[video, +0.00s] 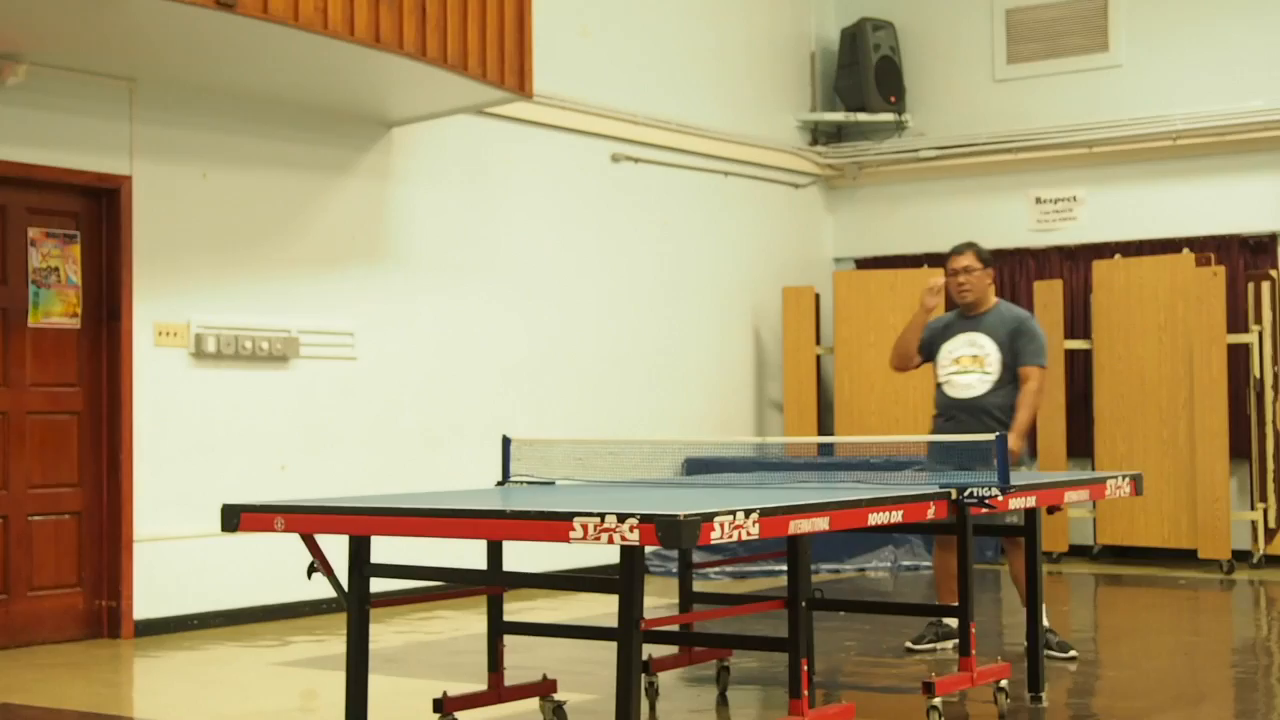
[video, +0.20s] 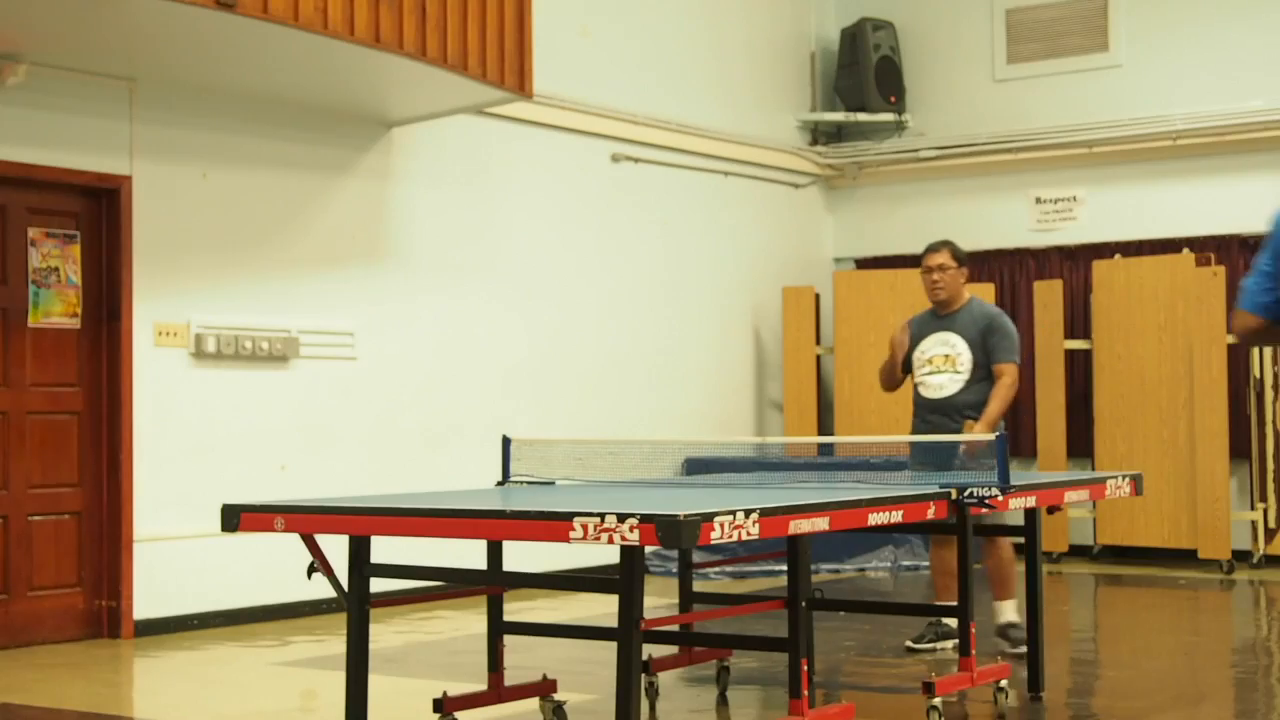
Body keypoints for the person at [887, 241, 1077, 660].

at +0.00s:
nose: (960, 280)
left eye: (968, 272)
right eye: (954, 274)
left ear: (989, 275)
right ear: (947, 282)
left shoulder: (1018, 323)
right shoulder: (941, 327)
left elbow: (1032, 383)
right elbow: (900, 362)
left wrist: (1016, 436)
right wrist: (924, 313)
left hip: (999, 447)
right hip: (947, 448)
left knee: (1017, 538)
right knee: (945, 535)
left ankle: (1038, 626)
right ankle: (948, 623)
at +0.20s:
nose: (934, 278)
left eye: (943, 269)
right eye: (928, 272)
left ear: (963, 274)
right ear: (921, 279)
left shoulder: (992, 320)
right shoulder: (915, 326)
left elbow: (1007, 380)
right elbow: (889, 385)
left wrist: (982, 429)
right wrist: (895, 355)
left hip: (978, 445)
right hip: (929, 447)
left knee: (994, 529)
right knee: (941, 529)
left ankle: (1007, 619)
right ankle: (947, 621)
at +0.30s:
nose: (926, 276)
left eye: (935, 269)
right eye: (920, 270)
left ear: (954, 274)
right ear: (913, 277)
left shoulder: (982, 318)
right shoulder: (906, 327)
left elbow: (1000, 376)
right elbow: (888, 375)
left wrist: (975, 427)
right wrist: (885, 384)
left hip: (972, 443)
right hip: (926, 445)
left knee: (977, 527)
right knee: (938, 530)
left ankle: (980, 619)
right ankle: (947, 617)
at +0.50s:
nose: (921, 276)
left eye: (929, 268)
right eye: (914, 269)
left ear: (947, 275)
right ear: (907, 277)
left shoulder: (974, 319)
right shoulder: (901, 326)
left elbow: (997, 378)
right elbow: (888, 379)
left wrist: (957, 418)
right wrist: (887, 411)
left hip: (957, 449)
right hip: (913, 451)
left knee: (950, 533)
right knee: (925, 533)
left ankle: (955, 623)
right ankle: (939, 616)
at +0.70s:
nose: (926, 276)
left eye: (934, 268)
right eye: (919, 269)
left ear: (949, 275)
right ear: (909, 276)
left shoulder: (967, 320)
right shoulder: (898, 323)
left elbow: (985, 383)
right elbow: (882, 376)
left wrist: (926, 407)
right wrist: (878, 407)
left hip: (949, 447)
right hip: (899, 448)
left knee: (947, 533)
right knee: (872, 518)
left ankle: (951, 622)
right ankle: (907, 600)